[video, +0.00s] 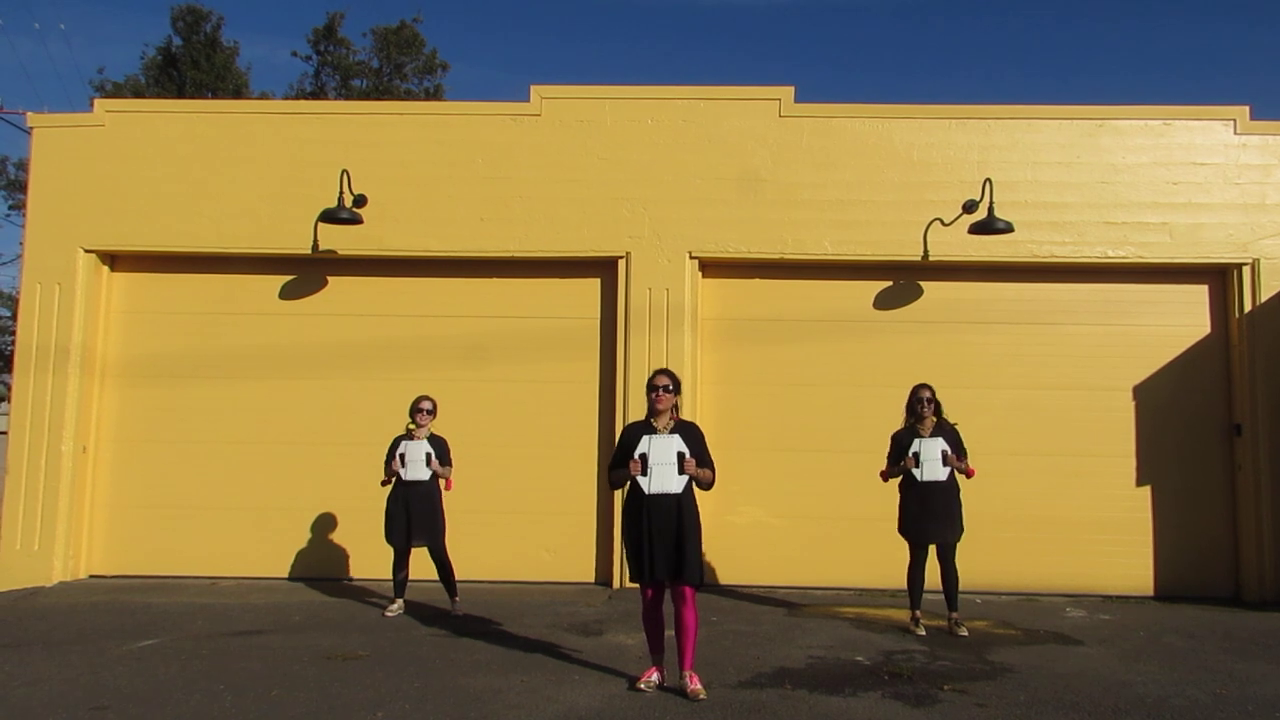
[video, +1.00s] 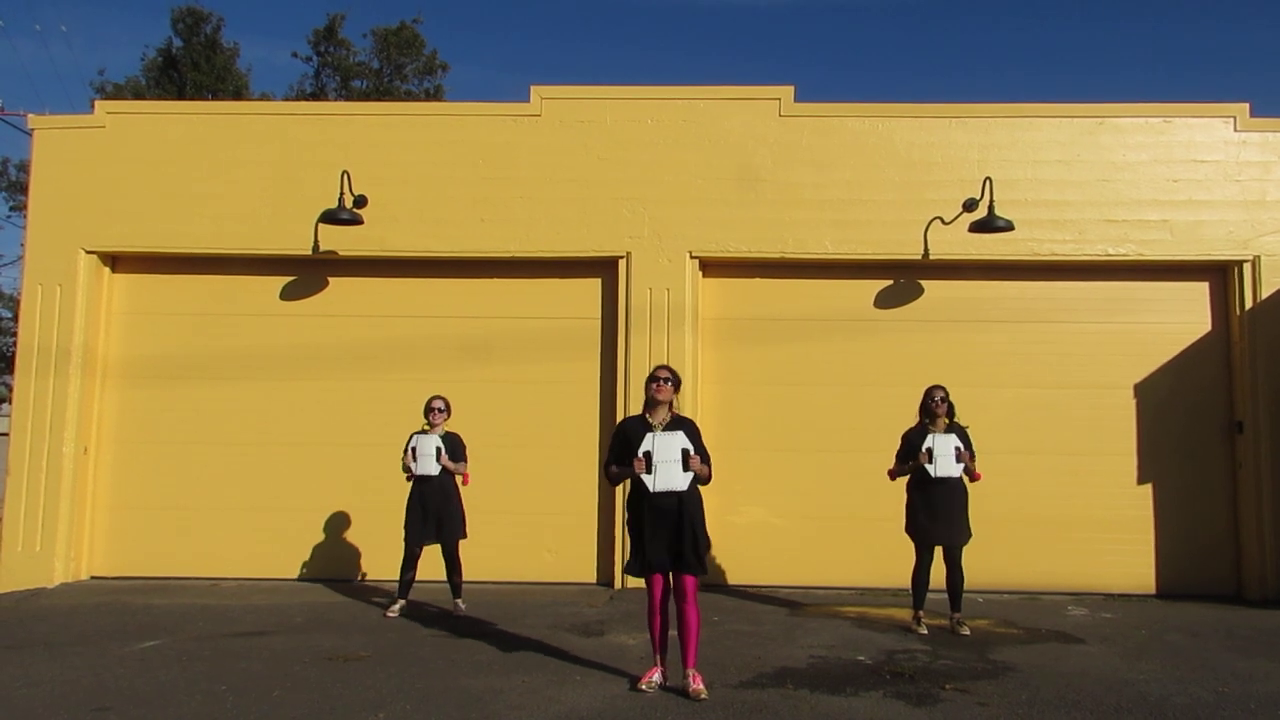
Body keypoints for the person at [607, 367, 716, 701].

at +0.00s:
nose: (659, 394)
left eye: (666, 389)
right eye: (654, 389)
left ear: (676, 395)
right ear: (647, 394)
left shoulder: (690, 432)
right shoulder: (633, 432)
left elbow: (708, 480)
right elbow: (612, 480)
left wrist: (695, 470)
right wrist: (628, 471)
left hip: (681, 525)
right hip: (643, 526)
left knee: (684, 595)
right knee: (651, 597)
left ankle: (688, 673)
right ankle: (656, 668)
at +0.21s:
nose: (659, 391)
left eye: (666, 387)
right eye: (654, 386)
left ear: (677, 394)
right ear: (647, 393)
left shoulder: (690, 431)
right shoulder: (633, 431)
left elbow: (709, 479)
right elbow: (611, 478)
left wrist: (699, 469)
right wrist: (630, 469)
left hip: (684, 524)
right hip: (645, 525)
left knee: (685, 596)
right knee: (653, 597)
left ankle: (688, 672)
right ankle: (656, 668)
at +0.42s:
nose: (660, 393)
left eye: (667, 388)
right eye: (655, 388)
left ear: (678, 395)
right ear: (648, 393)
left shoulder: (689, 431)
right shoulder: (632, 430)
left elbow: (704, 485)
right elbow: (610, 475)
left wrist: (699, 469)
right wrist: (631, 467)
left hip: (686, 525)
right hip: (648, 526)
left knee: (684, 595)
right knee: (655, 594)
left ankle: (688, 672)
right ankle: (657, 668)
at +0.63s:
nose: (659, 392)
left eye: (666, 388)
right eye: (654, 387)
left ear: (677, 395)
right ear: (647, 393)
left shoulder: (689, 430)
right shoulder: (632, 431)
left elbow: (708, 479)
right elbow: (612, 480)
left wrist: (695, 468)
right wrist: (628, 469)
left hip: (682, 524)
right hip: (644, 525)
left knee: (686, 594)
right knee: (650, 597)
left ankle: (689, 672)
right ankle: (657, 668)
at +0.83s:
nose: (658, 393)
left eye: (664, 389)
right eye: (653, 389)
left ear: (673, 399)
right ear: (645, 397)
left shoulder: (688, 433)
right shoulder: (631, 438)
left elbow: (709, 481)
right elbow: (612, 488)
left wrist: (696, 473)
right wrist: (629, 477)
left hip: (681, 530)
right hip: (641, 531)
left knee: (689, 594)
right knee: (646, 601)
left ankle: (689, 673)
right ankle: (657, 668)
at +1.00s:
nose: (658, 384)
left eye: (665, 381)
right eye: (654, 380)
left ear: (675, 390)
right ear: (646, 388)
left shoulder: (686, 427)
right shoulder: (629, 427)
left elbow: (706, 476)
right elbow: (610, 474)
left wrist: (699, 467)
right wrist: (630, 469)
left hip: (686, 522)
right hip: (649, 523)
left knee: (687, 592)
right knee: (657, 595)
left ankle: (691, 671)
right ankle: (658, 667)